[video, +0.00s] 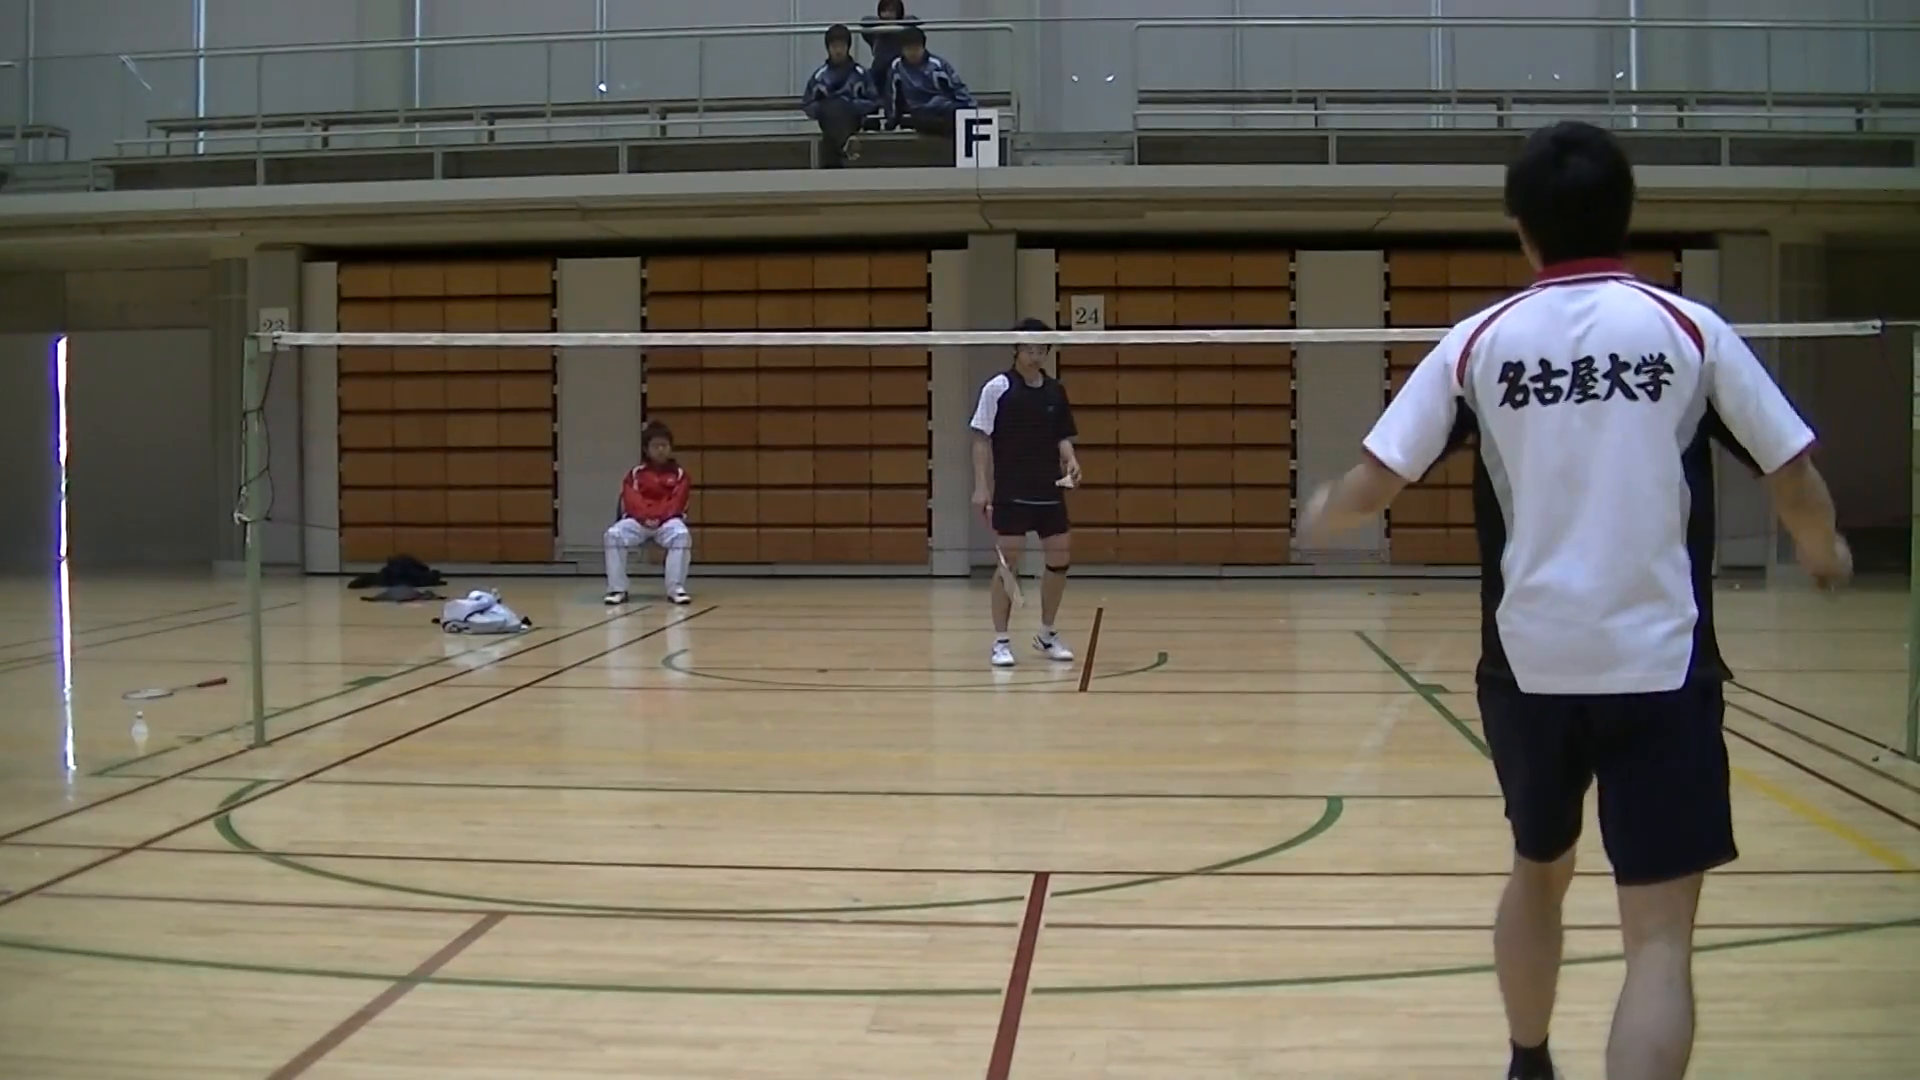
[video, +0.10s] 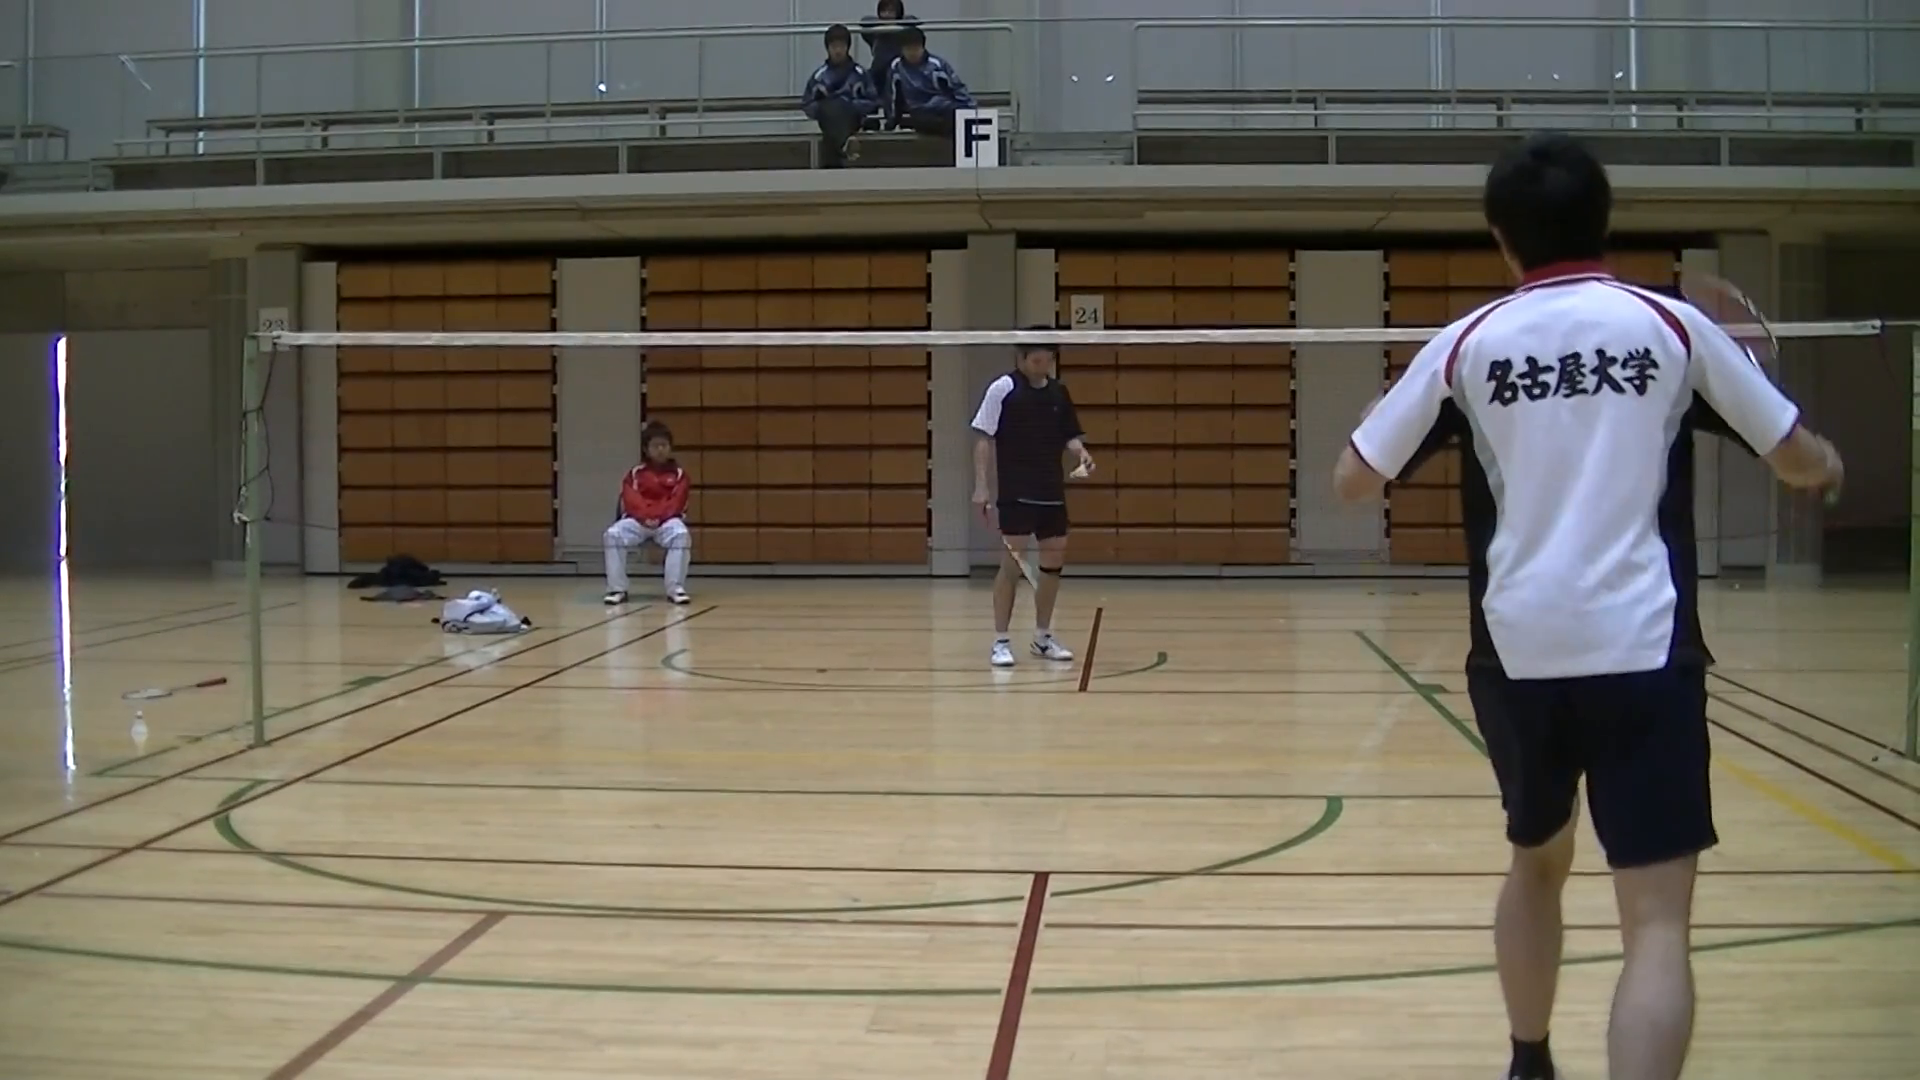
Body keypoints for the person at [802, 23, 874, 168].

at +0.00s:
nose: (838, 51)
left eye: (842, 46)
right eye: (833, 46)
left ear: (848, 47)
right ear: (827, 48)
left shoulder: (861, 73)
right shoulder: (819, 75)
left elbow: (873, 103)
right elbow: (808, 107)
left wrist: (847, 104)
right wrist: (827, 105)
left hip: (854, 122)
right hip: (828, 122)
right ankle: (846, 144)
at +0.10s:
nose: (837, 51)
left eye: (841, 46)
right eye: (833, 46)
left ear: (848, 47)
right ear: (827, 48)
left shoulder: (860, 73)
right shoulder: (819, 75)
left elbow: (873, 104)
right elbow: (807, 106)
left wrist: (847, 104)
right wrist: (826, 105)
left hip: (854, 119)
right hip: (827, 119)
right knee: (831, 106)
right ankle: (845, 144)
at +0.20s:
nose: (836, 50)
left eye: (840, 45)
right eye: (832, 45)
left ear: (847, 47)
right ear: (826, 48)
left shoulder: (859, 73)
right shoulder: (818, 75)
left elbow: (871, 102)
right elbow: (807, 105)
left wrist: (846, 105)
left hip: (853, 118)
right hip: (825, 118)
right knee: (831, 105)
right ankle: (843, 143)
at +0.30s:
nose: (836, 50)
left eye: (840, 45)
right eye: (832, 45)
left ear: (847, 46)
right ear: (826, 47)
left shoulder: (859, 72)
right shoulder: (817, 75)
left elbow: (872, 103)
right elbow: (806, 105)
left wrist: (846, 104)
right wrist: (825, 106)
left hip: (853, 118)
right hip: (825, 118)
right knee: (831, 105)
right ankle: (844, 143)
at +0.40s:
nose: (836, 50)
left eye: (840, 45)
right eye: (832, 45)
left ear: (847, 47)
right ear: (826, 47)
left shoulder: (859, 73)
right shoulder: (818, 74)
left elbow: (872, 102)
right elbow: (806, 105)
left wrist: (846, 104)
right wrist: (825, 105)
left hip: (852, 118)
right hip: (825, 118)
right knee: (831, 105)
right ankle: (844, 143)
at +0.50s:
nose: (836, 50)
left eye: (840, 45)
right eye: (832, 45)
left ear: (846, 47)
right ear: (826, 47)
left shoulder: (859, 72)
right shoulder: (818, 74)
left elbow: (871, 102)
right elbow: (807, 106)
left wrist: (846, 104)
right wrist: (823, 105)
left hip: (852, 119)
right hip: (826, 119)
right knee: (830, 105)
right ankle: (843, 143)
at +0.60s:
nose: (836, 50)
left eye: (840, 45)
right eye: (832, 46)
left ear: (846, 47)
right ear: (825, 47)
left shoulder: (858, 72)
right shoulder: (818, 74)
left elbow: (871, 102)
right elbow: (806, 106)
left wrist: (847, 105)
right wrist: (824, 107)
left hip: (852, 119)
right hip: (825, 118)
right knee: (830, 105)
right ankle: (843, 143)